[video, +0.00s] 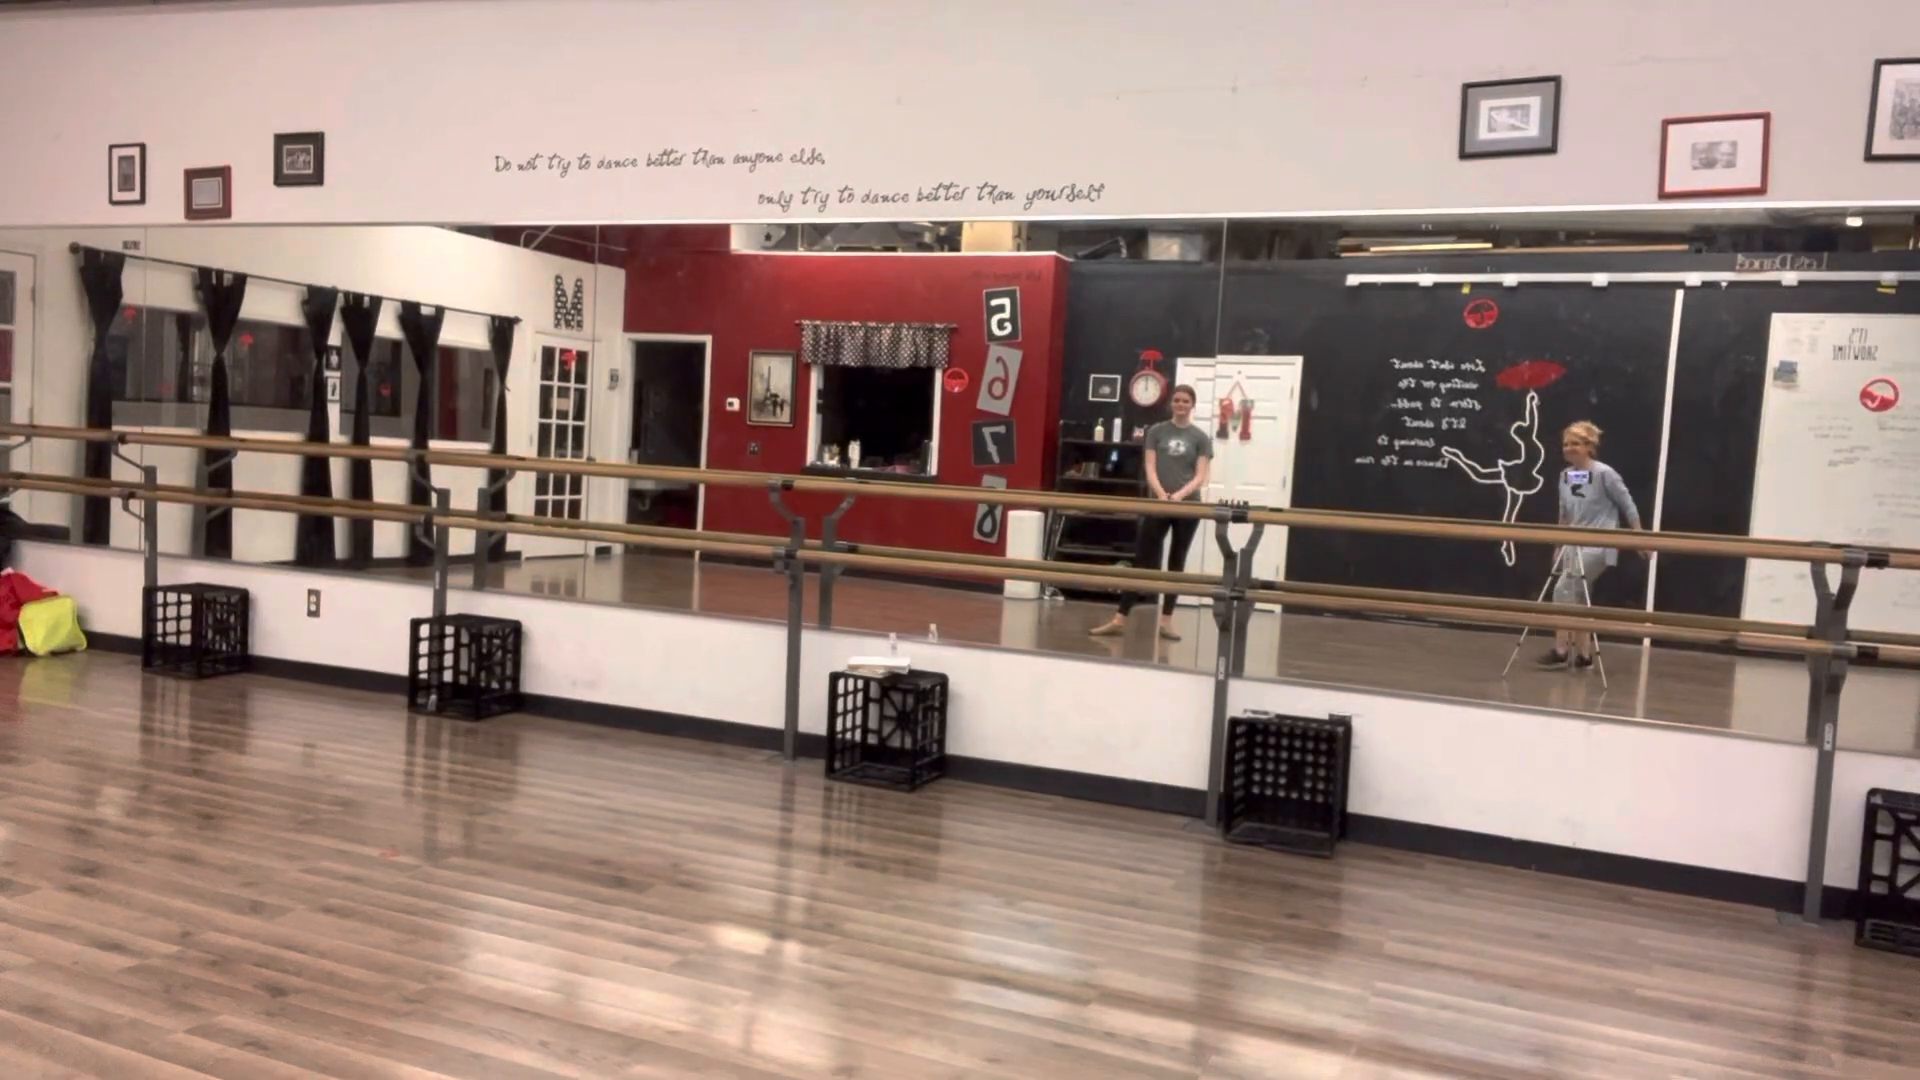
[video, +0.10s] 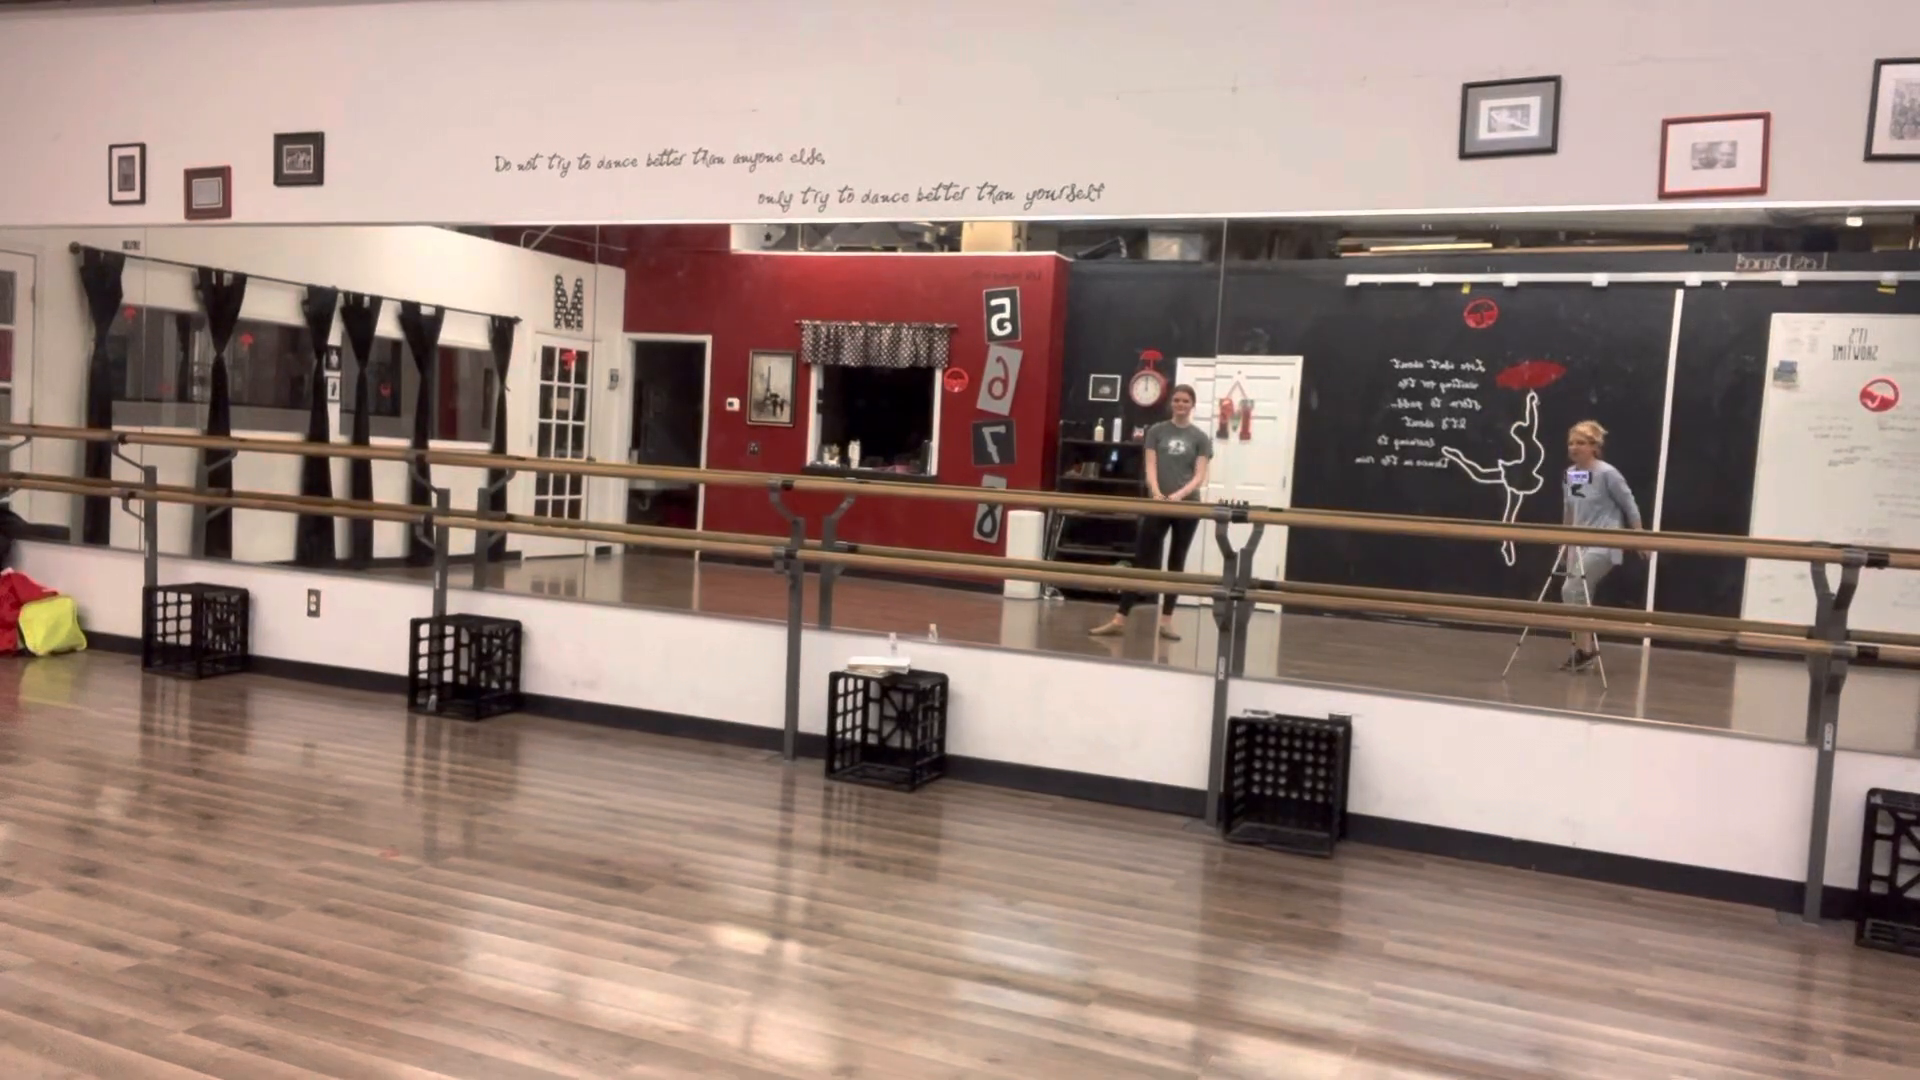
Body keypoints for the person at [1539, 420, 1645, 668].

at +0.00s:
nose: (1567, 448)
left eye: (1573, 443)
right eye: (1565, 443)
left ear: (1588, 447)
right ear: (1564, 447)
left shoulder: (1604, 473)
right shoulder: (1565, 476)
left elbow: (1627, 504)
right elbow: (1564, 515)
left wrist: (1639, 538)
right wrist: (1559, 546)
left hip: (1599, 544)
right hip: (1573, 544)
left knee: (1563, 590)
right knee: (1576, 597)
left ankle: (1561, 648)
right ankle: (1584, 652)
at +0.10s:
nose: (1573, 447)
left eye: (1580, 443)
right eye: (1571, 443)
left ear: (1594, 447)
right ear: (1569, 446)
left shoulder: (1608, 473)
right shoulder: (1570, 474)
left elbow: (1630, 504)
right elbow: (1569, 511)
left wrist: (1640, 538)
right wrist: (1565, 540)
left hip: (1604, 543)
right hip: (1578, 543)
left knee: (1571, 590)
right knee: (1577, 595)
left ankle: (1586, 647)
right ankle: (1584, 649)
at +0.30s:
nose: (1589, 444)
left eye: (1596, 440)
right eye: (1587, 439)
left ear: (1608, 447)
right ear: (1583, 443)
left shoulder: (1616, 475)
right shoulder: (1578, 472)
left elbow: (1632, 511)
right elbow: (1577, 509)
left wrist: (1635, 544)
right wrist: (1569, 537)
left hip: (1610, 548)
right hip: (1580, 546)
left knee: (1602, 598)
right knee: (1577, 602)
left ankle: (1628, 653)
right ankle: (1585, 653)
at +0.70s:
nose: (1628, 442)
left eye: (1636, 439)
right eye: (1627, 437)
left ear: (1648, 448)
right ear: (1622, 442)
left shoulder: (1655, 480)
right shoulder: (1606, 472)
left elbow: (1665, 520)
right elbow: (1600, 512)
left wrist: (1667, 552)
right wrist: (1588, 542)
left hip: (1643, 554)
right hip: (1609, 551)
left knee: (1644, 611)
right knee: (1596, 604)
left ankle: (1647, 663)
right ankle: (1585, 652)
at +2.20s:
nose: (1637, 438)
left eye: (1645, 435)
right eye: (1636, 433)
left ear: (1657, 444)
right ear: (1630, 438)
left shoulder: (1663, 472)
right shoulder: (1623, 472)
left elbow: (1701, 495)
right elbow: (1627, 505)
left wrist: (1675, 524)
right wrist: (1625, 530)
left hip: (1659, 554)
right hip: (1625, 552)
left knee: (1664, 616)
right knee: (1620, 614)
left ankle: (1675, 677)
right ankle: (1612, 669)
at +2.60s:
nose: (1640, 447)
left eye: (1645, 442)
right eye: (1641, 442)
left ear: (1661, 448)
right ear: (1655, 448)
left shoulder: (1679, 476)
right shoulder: (1647, 476)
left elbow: (1718, 501)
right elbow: (1658, 507)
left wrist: (1701, 530)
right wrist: (1650, 533)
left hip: (1681, 557)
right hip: (1650, 554)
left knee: (1669, 619)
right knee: (1630, 612)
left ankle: (1677, 679)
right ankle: (1613, 668)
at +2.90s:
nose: (1660, 448)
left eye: (1662, 443)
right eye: (1661, 443)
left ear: (1669, 445)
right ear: (1686, 445)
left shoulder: (1678, 472)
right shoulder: (1685, 469)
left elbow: (1697, 502)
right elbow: (1692, 506)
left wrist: (1690, 527)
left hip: (1684, 559)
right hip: (1668, 556)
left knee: (1672, 617)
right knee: (1652, 613)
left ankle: (1677, 677)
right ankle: (1654, 668)